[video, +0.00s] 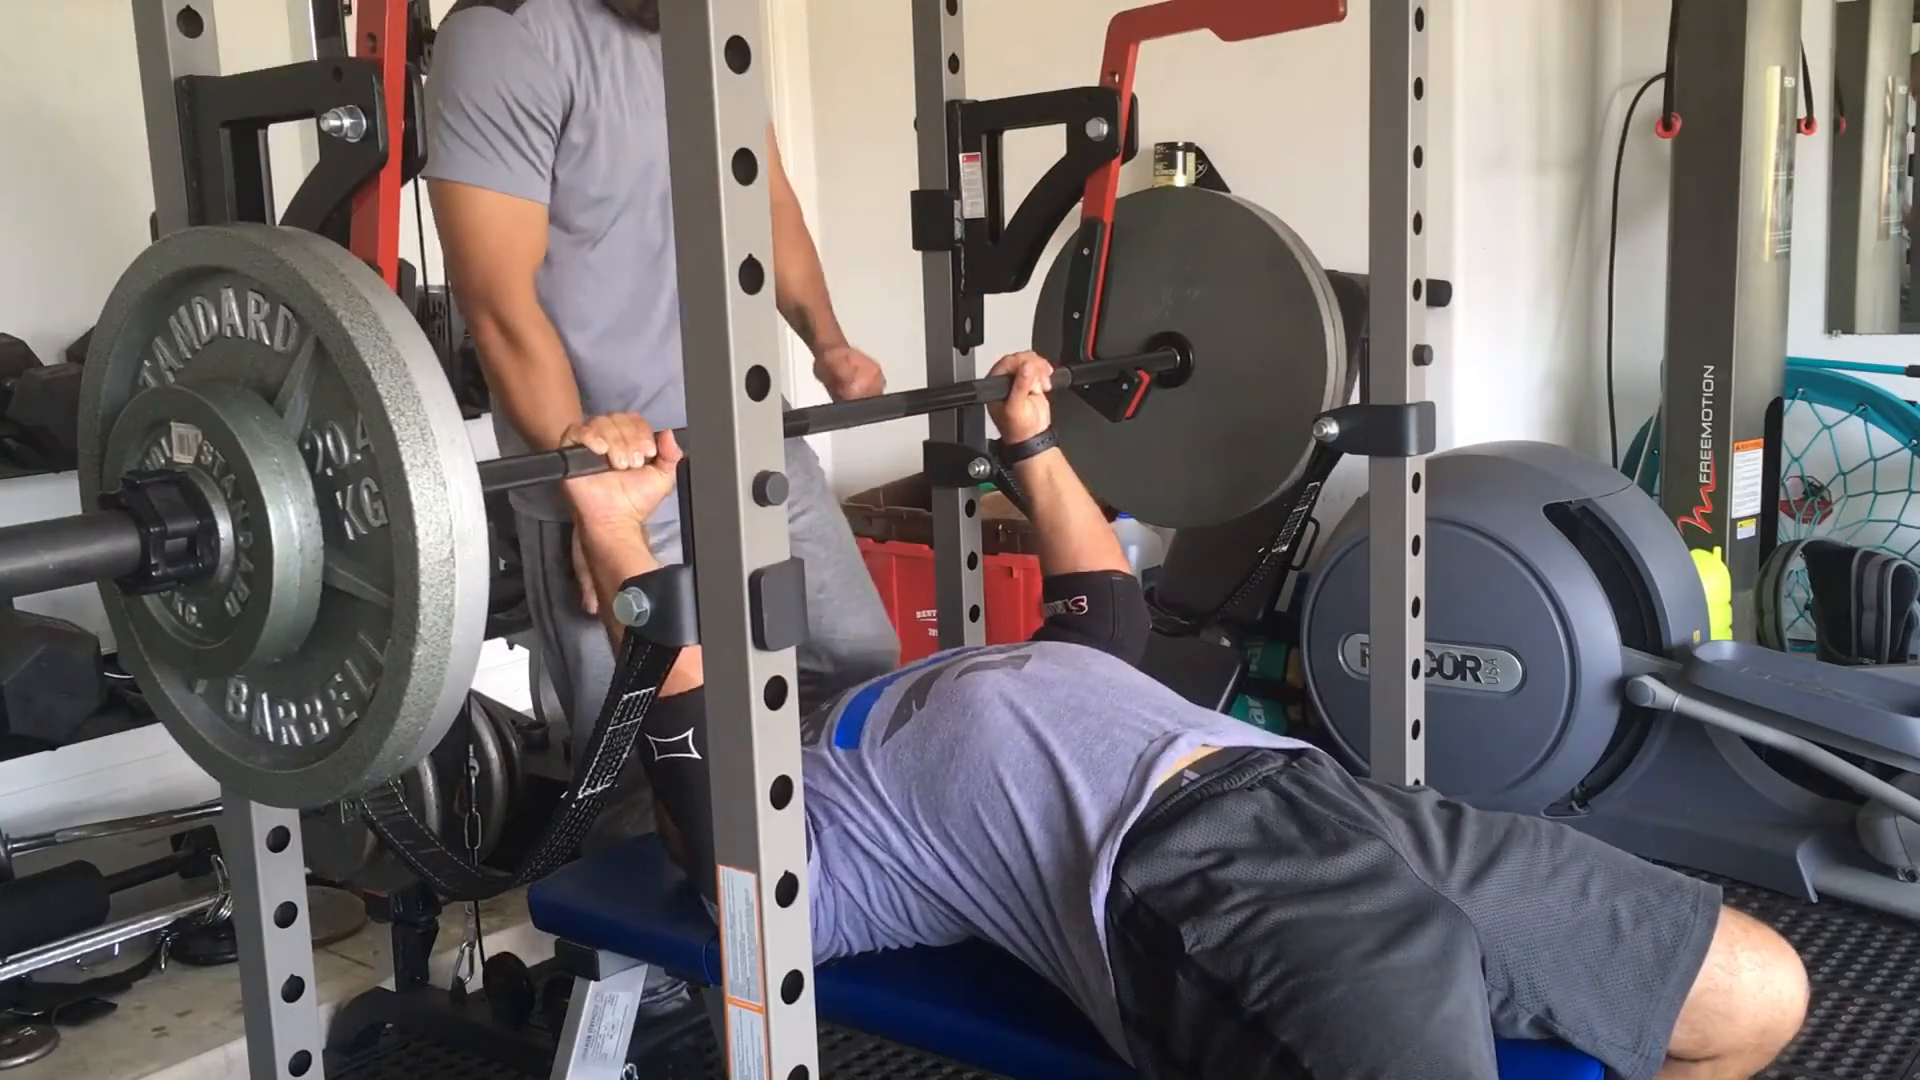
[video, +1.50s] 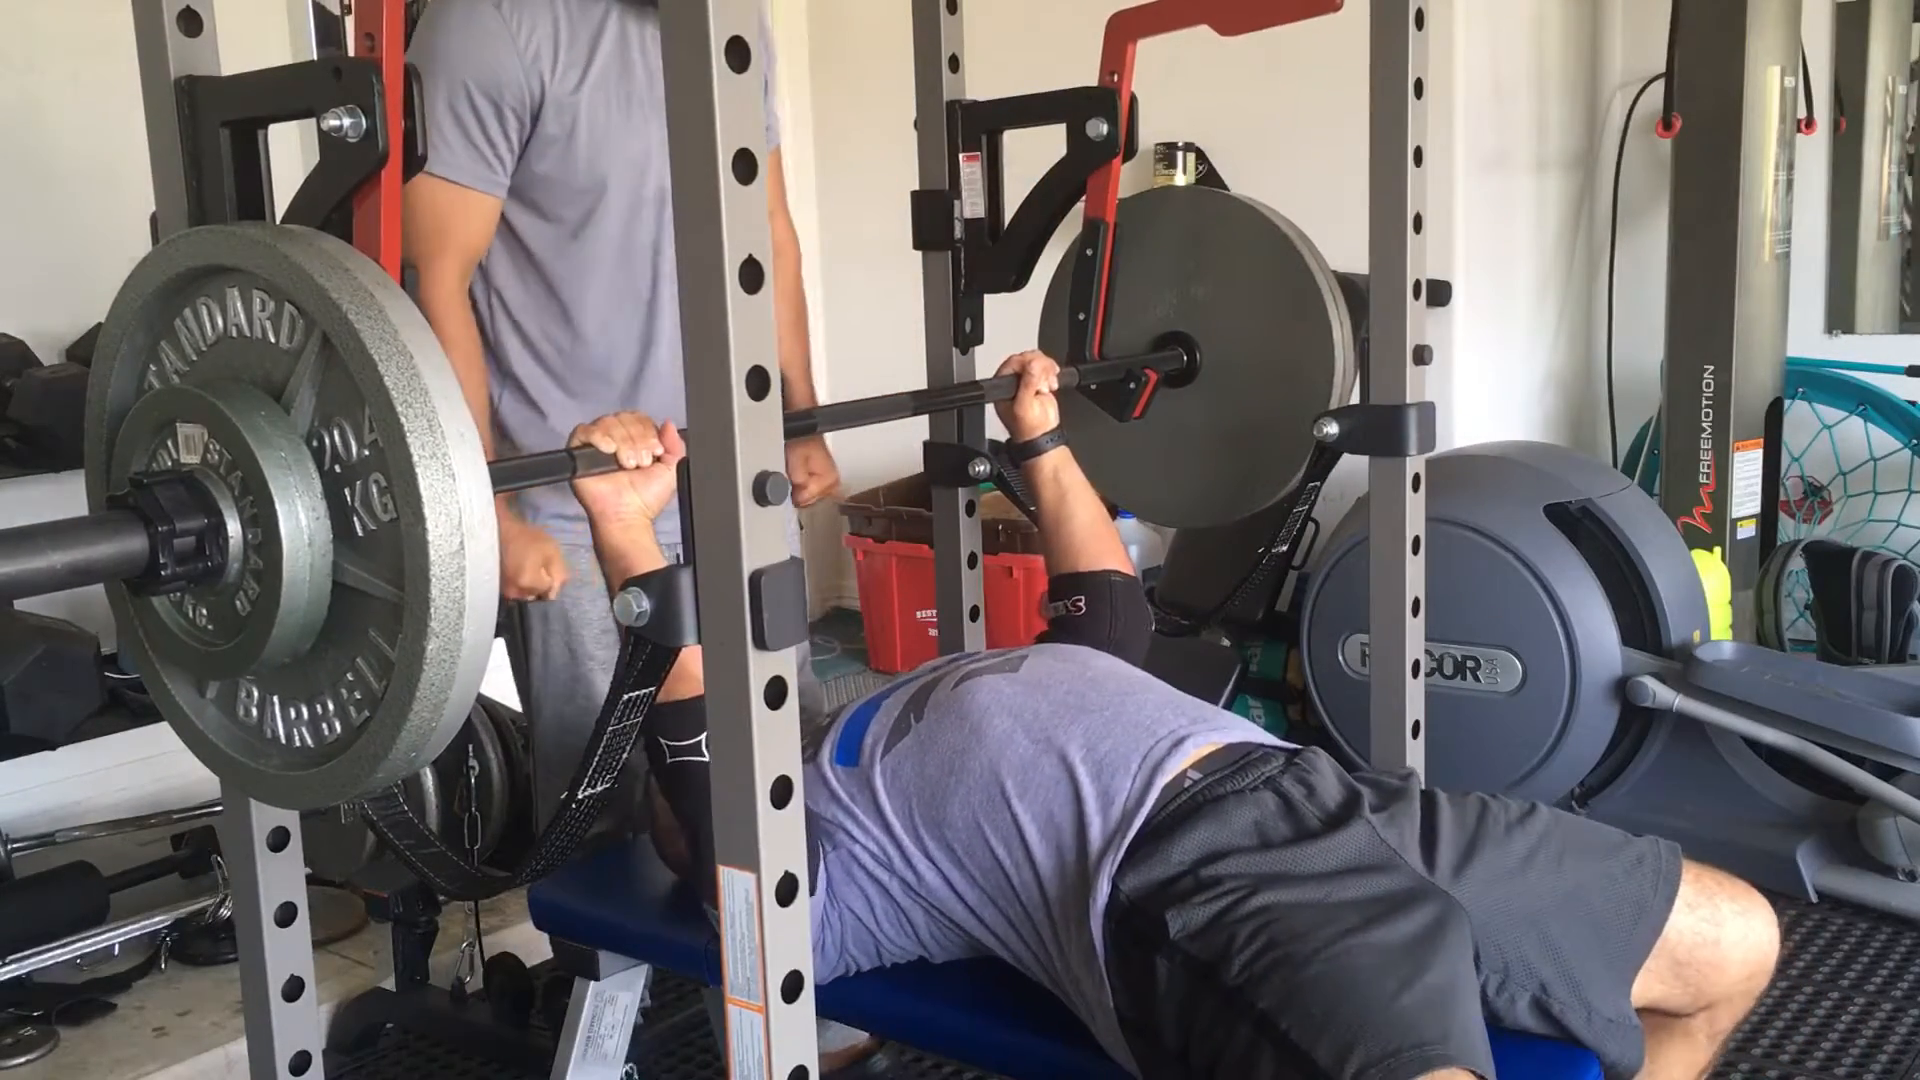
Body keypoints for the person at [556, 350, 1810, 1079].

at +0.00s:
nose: (754, 633)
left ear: (838, 652)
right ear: (730, 732)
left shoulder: (1000, 684)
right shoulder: (803, 821)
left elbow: (1107, 617)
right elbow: (698, 728)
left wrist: (1032, 449)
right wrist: (620, 553)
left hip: (1353, 794)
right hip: (1218, 871)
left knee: (1784, 996)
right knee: (1424, 1044)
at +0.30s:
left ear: (835, 661)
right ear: (701, 749)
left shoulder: (988, 709)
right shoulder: (777, 838)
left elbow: (1110, 637)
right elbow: (714, 721)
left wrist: (1042, 454)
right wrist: (636, 540)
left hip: (1333, 792)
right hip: (1208, 871)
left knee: (1753, 970)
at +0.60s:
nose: (743, 673)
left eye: (757, 670)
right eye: (719, 697)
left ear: (830, 685)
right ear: (723, 753)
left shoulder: (1013, 696)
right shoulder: (799, 828)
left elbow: (1104, 615)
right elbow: (707, 750)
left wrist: (1042, 450)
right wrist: (632, 544)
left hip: (1331, 789)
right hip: (1208, 880)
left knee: (1746, 964)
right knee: (1425, 1060)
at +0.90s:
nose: (760, 663)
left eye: (772, 665)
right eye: (731, 698)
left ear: (836, 680)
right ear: (726, 768)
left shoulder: (1008, 692)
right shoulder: (802, 838)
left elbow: (1108, 611)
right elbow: (711, 765)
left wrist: (1037, 450)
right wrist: (624, 548)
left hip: (1331, 784)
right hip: (1205, 873)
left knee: (1742, 952)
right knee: (1418, 1060)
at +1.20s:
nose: (754, 669)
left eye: (767, 666)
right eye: (728, 693)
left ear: (841, 683)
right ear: (718, 760)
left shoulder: (1007, 702)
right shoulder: (784, 841)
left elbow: (1102, 612)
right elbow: (697, 740)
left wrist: (1040, 448)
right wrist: (628, 546)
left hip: (1323, 784)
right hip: (1200, 877)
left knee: (1745, 920)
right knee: (1426, 1063)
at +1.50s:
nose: (767, 670)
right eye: (735, 700)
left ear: (876, 668)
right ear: (741, 762)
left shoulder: (1032, 686)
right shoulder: (816, 825)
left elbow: (1109, 601)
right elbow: (706, 771)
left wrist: (1037, 442)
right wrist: (635, 550)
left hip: (1328, 785)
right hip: (1203, 878)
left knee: (1738, 939)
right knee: (1427, 1057)